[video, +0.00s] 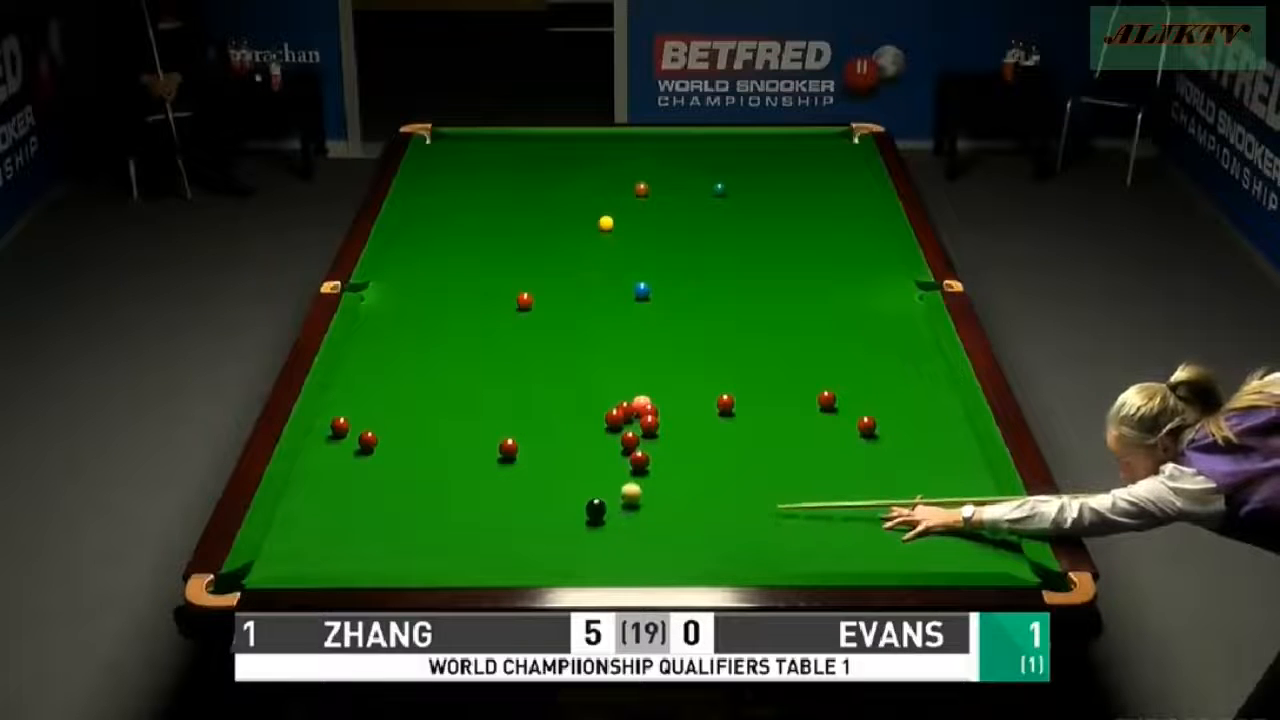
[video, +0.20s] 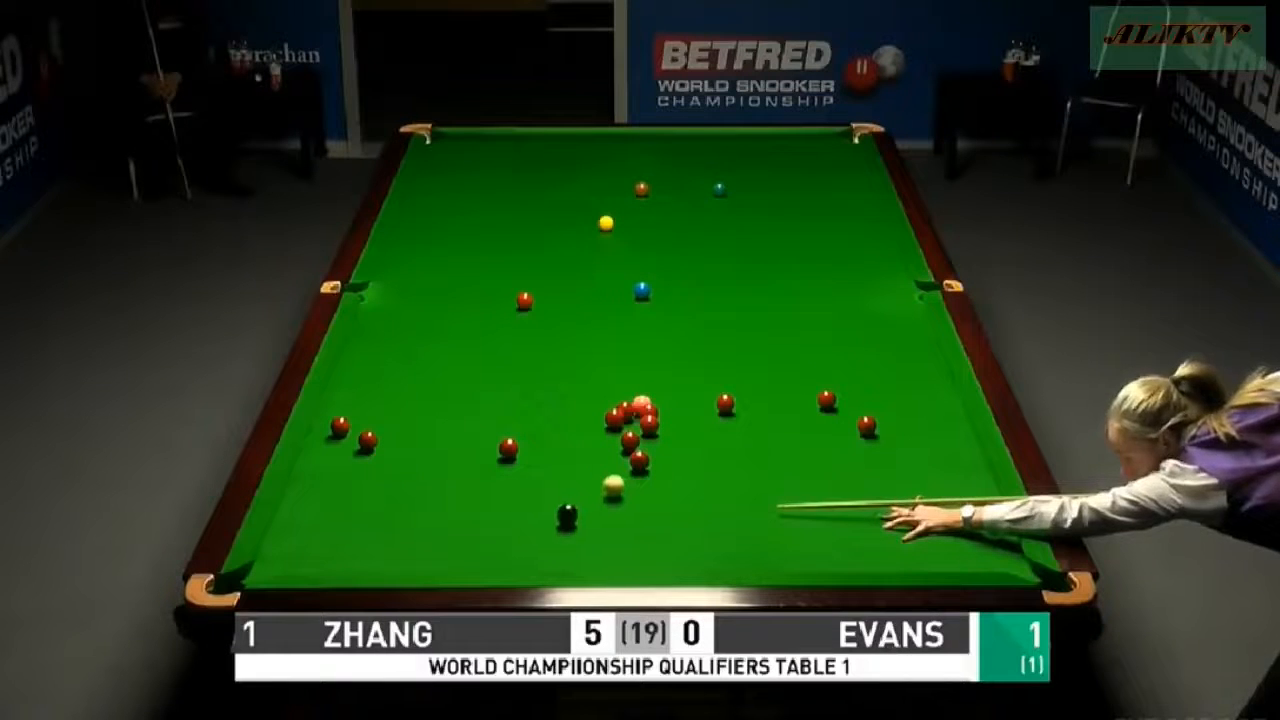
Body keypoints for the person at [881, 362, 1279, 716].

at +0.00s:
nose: (1122, 475)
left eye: (1125, 462)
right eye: (1118, 462)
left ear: (1162, 448)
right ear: (1180, 427)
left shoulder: (1188, 483)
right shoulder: (1256, 398)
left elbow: (1074, 513)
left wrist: (960, 516)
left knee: (1255, 709)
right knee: (1256, 705)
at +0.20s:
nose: (1122, 470)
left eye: (1125, 456)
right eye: (1119, 456)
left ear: (1163, 444)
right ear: (1184, 425)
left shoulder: (1189, 478)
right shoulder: (1257, 399)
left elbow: (1078, 513)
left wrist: (960, 517)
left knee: (1260, 708)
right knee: (1262, 703)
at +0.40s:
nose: (1128, 432)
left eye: (1132, 418)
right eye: (1126, 419)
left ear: (1170, 411)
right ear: (1184, 402)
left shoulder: (1197, 453)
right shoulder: (1250, 397)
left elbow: (1081, 505)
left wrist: (961, 517)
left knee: (1268, 704)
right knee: (1266, 702)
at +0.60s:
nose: (1149, 346)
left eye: (1160, 336)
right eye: (1152, 333)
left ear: (1199, 346)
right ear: (1215, 340)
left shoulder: (1208, 401)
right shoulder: (1260, 368)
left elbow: (1095, 478)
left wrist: (983, 512)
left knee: (1277, 693)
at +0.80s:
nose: (1205, 271)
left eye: (1218, 263)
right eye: (1210, 258)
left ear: (1257, 277)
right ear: (1258, 275)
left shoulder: (1252, 343)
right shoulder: (1264, 329)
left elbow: (1148, 442)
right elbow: (1151, 440)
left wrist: (1047, 506)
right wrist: (1055, 504)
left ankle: (1269, 709)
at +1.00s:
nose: (1269, 226)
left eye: (1275, 220)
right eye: (1274, 219)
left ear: (1278, 234)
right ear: (1274, 237)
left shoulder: (1276, 329)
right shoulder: (1274, 329)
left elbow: (1253, 436)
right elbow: (1253, 436)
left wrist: (1185, 511)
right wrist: (1187, 510)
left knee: (1275, 673)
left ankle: (1265, 706)